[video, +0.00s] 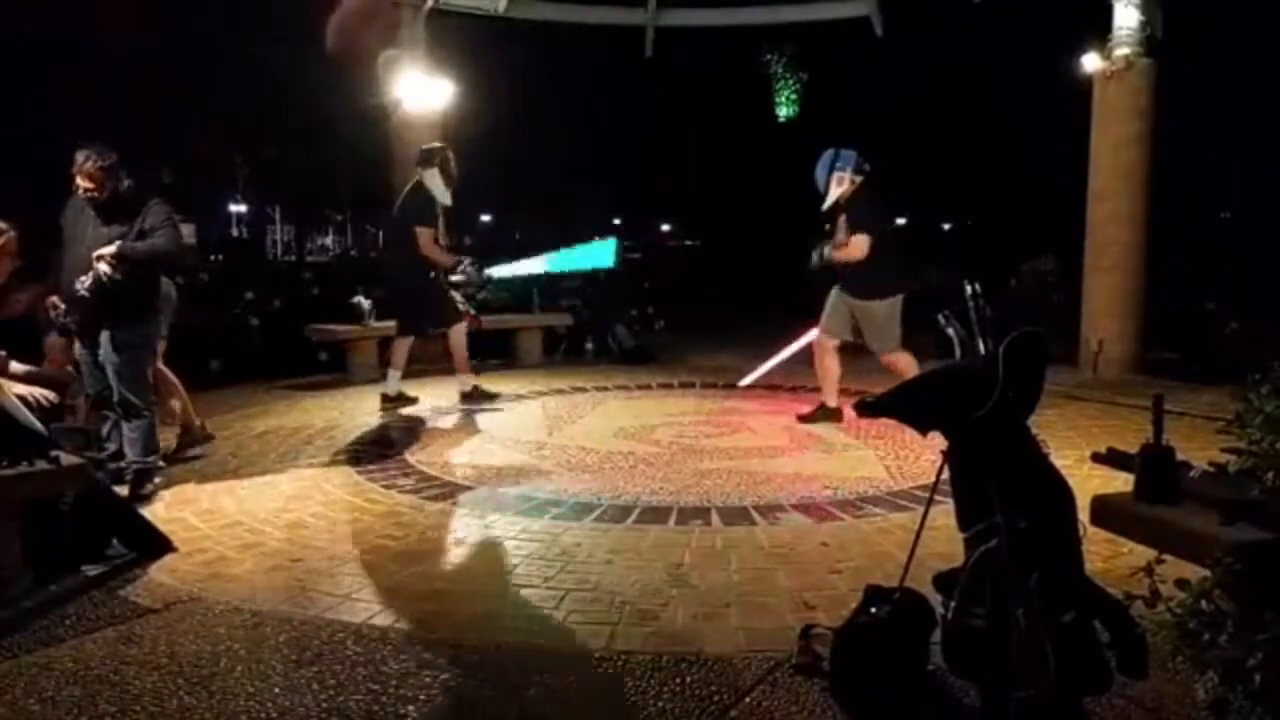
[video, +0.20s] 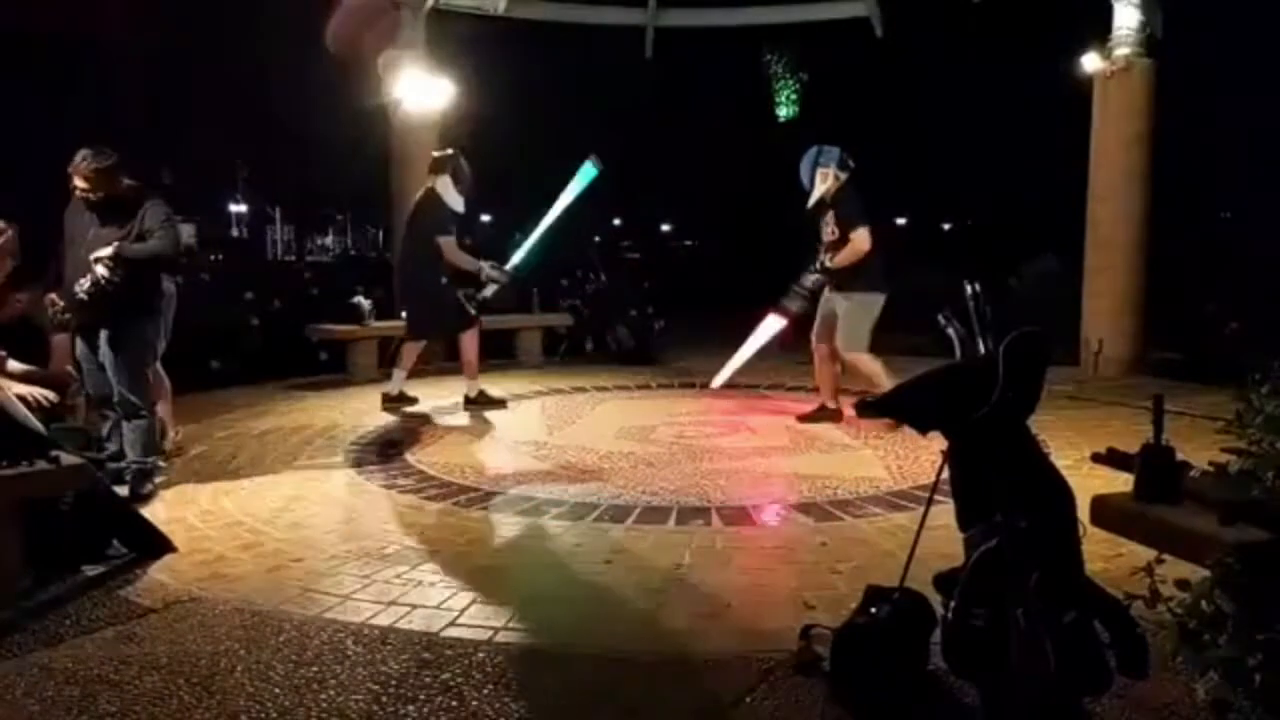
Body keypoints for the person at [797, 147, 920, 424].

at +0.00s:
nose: (827, 189)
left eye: (830, 183)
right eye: (827, 183)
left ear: (843, 179)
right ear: (844, 178)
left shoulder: (865, 204)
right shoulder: (846, 204)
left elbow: (858, 251)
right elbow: (843, 241)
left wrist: (826, 254)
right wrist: (827, 249)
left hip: (879, 293)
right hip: (847, 288)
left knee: (890, 355)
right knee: (825, 342)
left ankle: (926, 395)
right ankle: (830, 405)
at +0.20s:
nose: (814, 183)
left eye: (817, 176)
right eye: (814, 176)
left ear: (828, 173)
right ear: (825, 174)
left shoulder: (848, 199)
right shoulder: (826, 204)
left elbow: (862, 242)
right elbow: (827, 249)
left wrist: (830, 263)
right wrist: (812, 275)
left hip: (864, 289)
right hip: (836, 287)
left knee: (850, 349)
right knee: (821, 343)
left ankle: (897, 398)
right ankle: (829, 404)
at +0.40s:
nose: (807, 182)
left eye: (812, 175)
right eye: (805, 176)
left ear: (825, 173)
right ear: (804, 175)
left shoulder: (843, 201)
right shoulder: (809, 207)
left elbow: (861, 246)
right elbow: (784, 244)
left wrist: (822, 265)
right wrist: (741, 243)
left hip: (854, 284)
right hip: (832, 285)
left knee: (832, 350)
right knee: (821, 347)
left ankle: (844, 426)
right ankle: (829, 404)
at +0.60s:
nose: (791, 182)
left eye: (796, 175)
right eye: (790, 175)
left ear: (812, 174)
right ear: (796, 175)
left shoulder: (834, 202)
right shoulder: (799, 209)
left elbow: (852, 250)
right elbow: (764, 230)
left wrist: (817, 278)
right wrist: (728, 219)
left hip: (848, 286)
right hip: (825, 288)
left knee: (821, 352)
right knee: (809, 351)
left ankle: (842, 426)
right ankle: (831, 408)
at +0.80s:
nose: (791, 174)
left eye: (794, 166)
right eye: (787, 168)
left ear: (806, 166)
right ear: (783, 173)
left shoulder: (830, 197)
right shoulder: (787, 206)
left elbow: (851, 240)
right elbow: (763, 239)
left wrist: (815, 263)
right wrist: (737, 232)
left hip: (841, 285)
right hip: (815, 284)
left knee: (824, 350)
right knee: (799, 345)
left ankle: (841, 425)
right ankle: (828, 404)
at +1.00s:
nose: (781, 187)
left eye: (787, 180)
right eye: (778, 180)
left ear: (800, 179)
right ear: (774, 179)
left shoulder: (815, 206)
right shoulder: (781, 214)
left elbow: (844, 243)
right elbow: (769, 246)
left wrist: (821, 278)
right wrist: (747, 265)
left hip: (829, 290)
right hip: (804, 289)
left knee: (813, 355)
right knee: (788, 351)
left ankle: (839, 425)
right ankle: (774, 407)